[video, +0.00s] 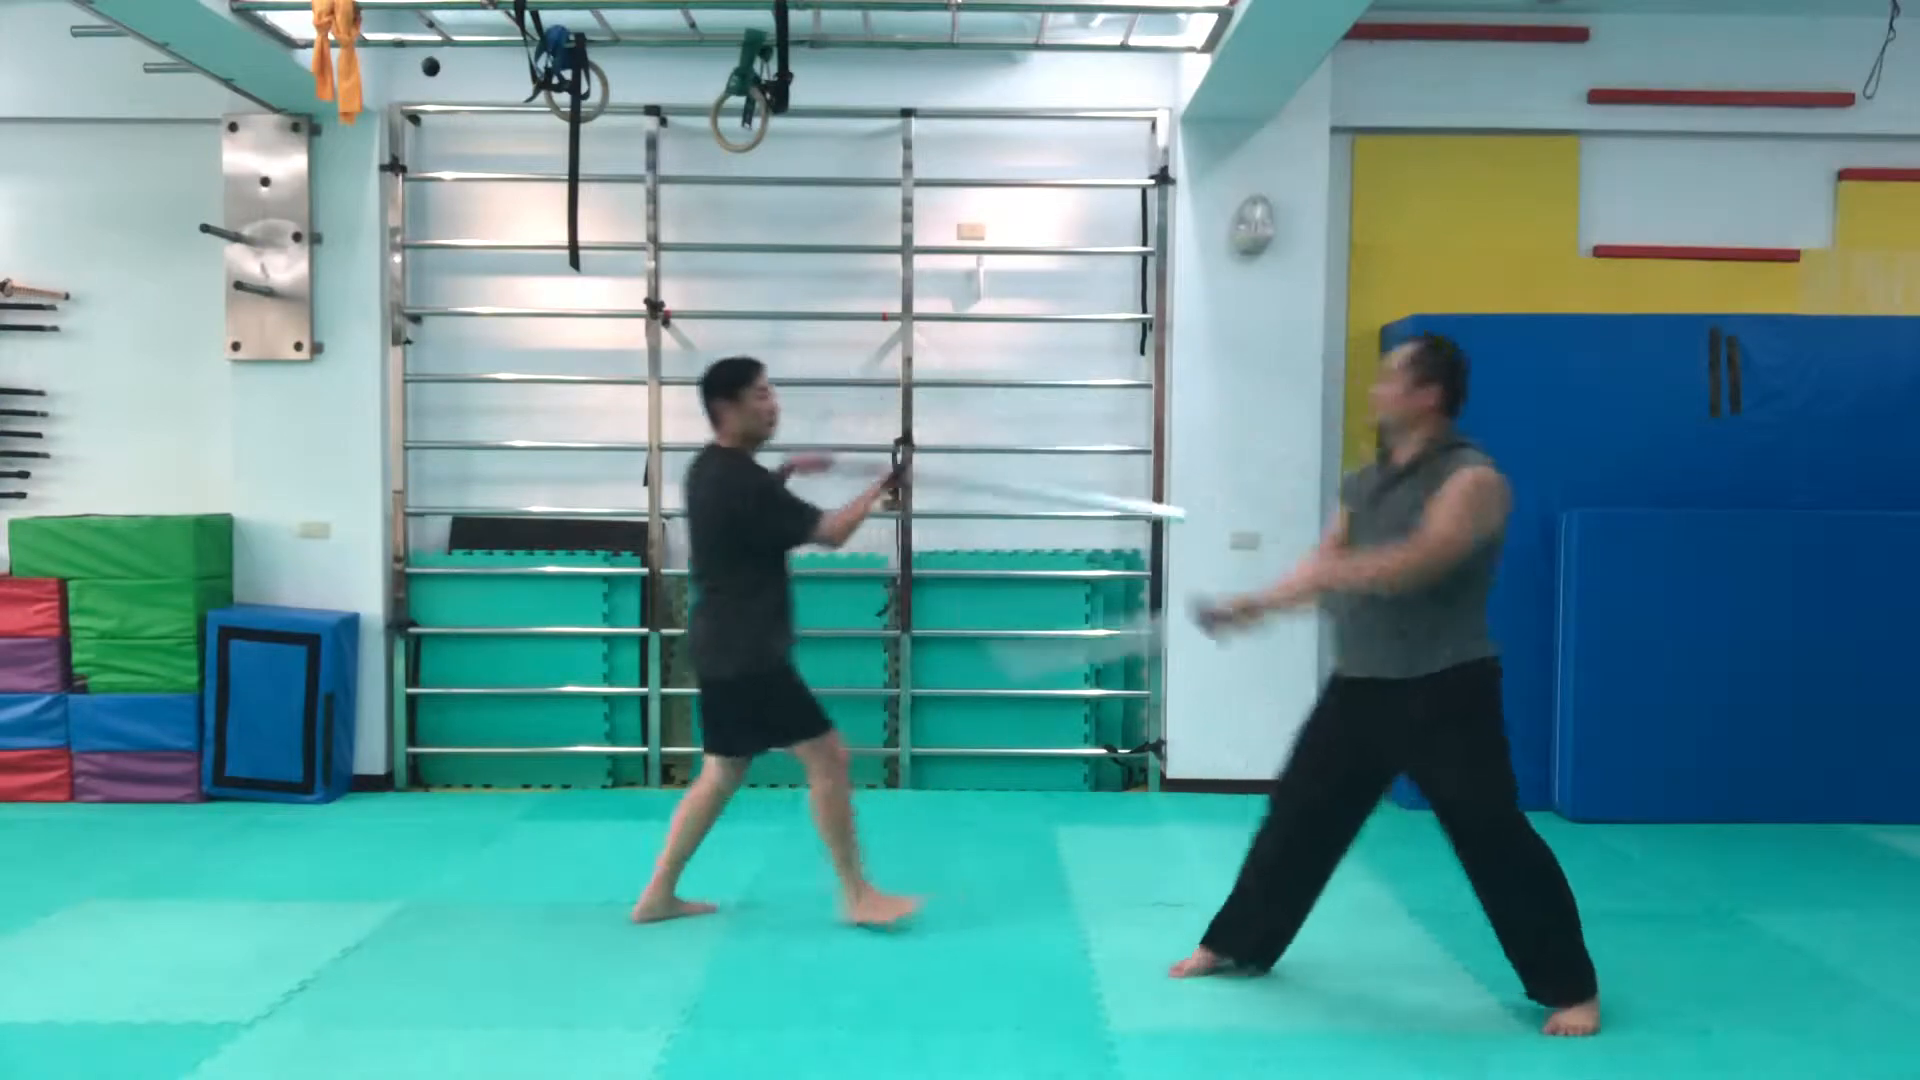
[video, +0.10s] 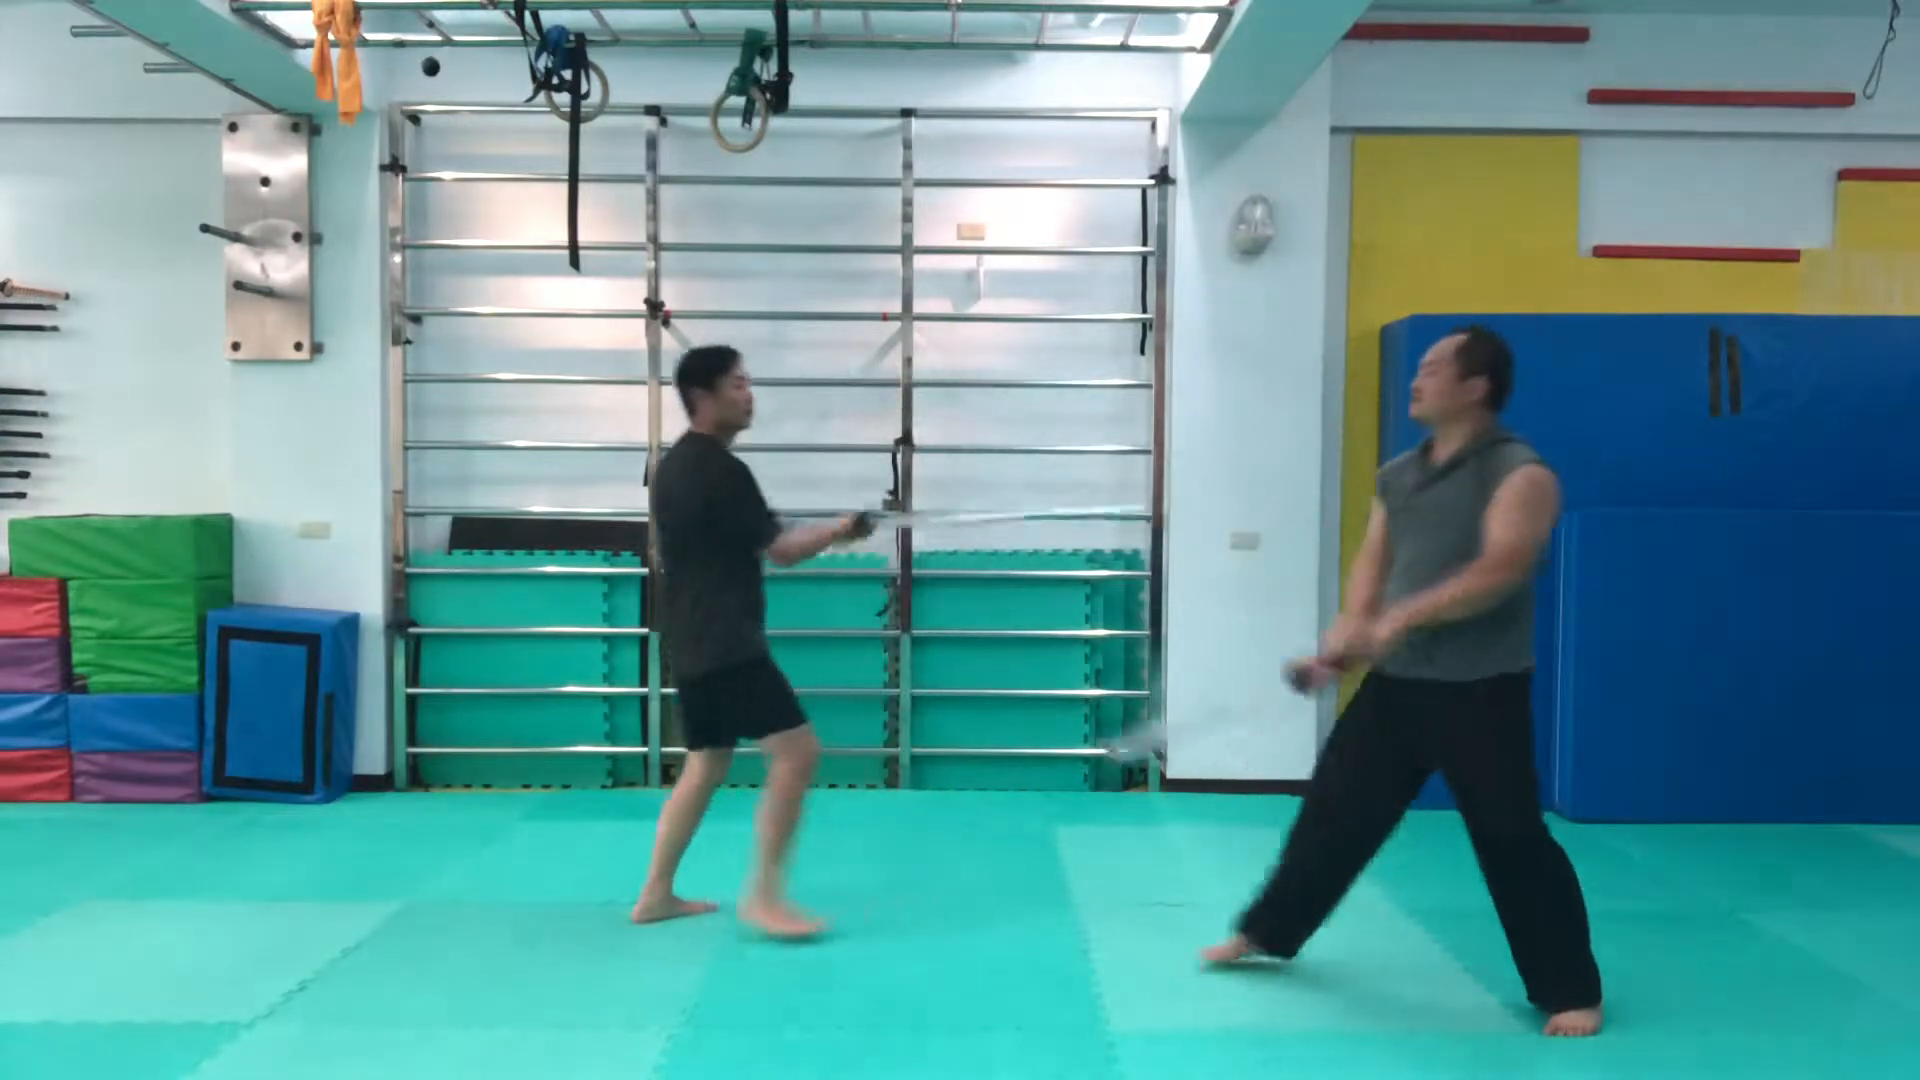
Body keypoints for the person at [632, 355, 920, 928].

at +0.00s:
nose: (774, 404)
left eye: (771, 393)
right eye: (761, 396)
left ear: (726, 411)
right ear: (727, 409)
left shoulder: (706, 471)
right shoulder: (746, 481)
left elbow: (744, 506)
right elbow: (830, 531)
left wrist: (788, 471)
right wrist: (875, 493)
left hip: (719, 657)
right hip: (752, 658)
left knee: (721, 774)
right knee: (827, 758)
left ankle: (657, 895)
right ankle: (857, 896)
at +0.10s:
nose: (750, 395)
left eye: (747, 384)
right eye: (738, 386)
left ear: (701, 399)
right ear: (703, 398)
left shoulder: (671, 466)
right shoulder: (723, 470)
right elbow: (782, 549)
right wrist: (839, 530)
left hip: (690, 649)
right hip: (730, 648)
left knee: (704, 765)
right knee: (797, 751)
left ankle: (656, 893)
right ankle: (765, 900)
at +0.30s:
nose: (720, 389)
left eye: (717, 378)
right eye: (708, 380)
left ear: (669, 393)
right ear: (673, 391)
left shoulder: (639, 460)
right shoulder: (682, 465)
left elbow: (651, 570)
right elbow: (702, 566)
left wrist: (740, 582)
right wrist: (763, 582)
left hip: (643, 647)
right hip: (675, 649)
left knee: (673, 769)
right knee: (704, 775)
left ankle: (655, 897)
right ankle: (606, 910)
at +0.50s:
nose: (710, 400)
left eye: (706, 388)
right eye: (697, 389)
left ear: (655, 399)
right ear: (659, 398)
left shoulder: (624, 458)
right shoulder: (652, 471)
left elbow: (609, 570)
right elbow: (664, 579)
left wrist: (671, 616)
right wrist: (742, 594)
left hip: (591, 650)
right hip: (600, 658)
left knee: (627, 781)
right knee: (614, 800)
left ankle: (642, 891)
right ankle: (564, 953)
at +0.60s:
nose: (696, 403)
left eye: (693, 390)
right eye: (684, 392)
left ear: (642, 401)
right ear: (645, 400)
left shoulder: (611, 457)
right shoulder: (629, 467)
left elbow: (608, 578)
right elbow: (643, 581)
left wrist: (667, 620)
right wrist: (731, 593)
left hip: (555, 648)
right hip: (574, 658)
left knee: (590, 779)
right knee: (612, 792)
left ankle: (578, 898)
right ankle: (564, 954)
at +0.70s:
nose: (673, 403)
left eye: (671, 390)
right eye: (663, 391)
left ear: (622, 401)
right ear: (622, 399)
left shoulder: (585, 457)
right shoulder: (607, 469)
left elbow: (601, 567)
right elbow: (621, 579)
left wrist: (659, 609)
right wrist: (714, 587)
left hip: (522, 652)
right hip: (559, 663)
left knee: (549, 773)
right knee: (599, 794)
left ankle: (485, 893)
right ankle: (564, 956)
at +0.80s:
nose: (648, 402)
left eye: (646, 389)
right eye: (636, 390)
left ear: (592, 399)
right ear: (597, 397)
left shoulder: (557, 458)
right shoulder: (584, 472)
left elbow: (563, 569)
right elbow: (602, 582)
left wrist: (635, 599)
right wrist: (698, 583)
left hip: (502, 658)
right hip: (547, 668)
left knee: (516, 772)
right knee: (596, 792)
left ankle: (406, 887)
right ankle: (564, 956)